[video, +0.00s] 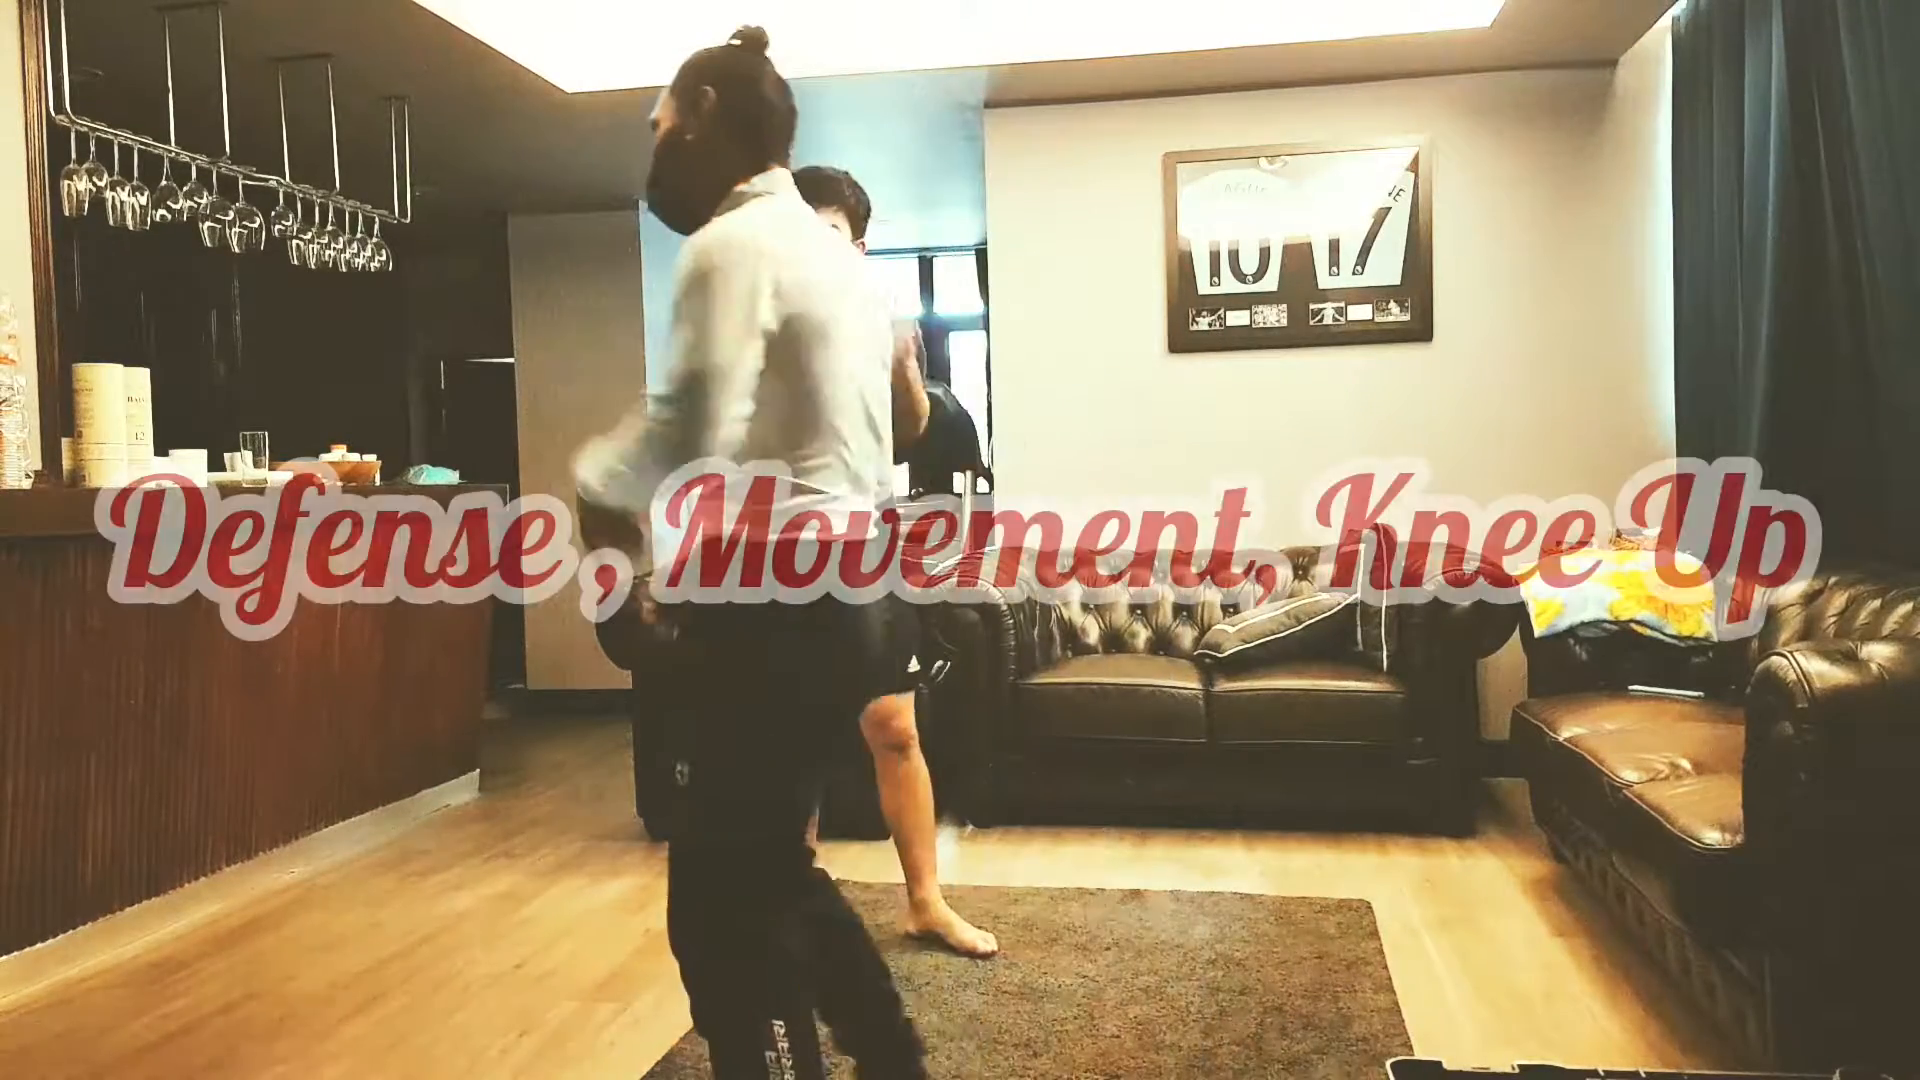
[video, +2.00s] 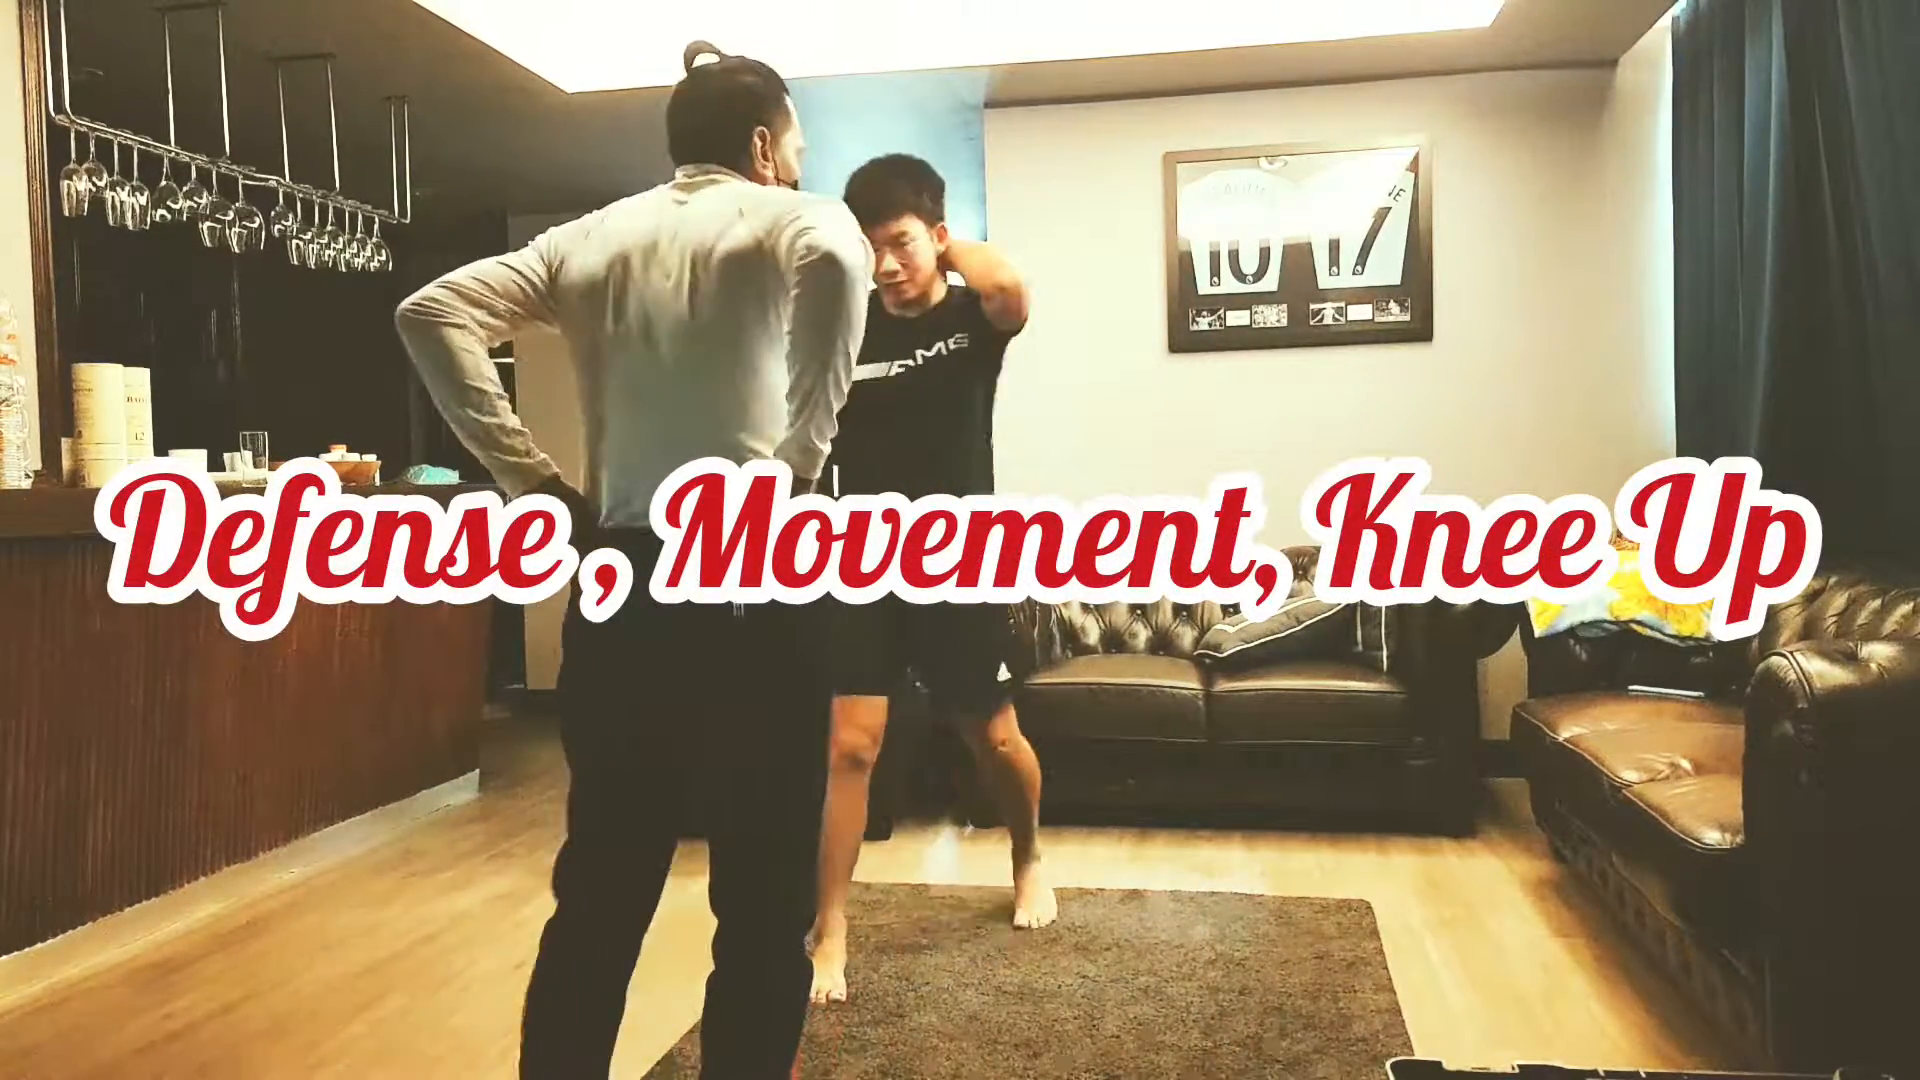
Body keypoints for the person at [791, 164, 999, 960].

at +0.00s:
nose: (822, 239)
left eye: (835, 225)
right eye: (810, 225)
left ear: (859, 229)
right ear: (792, 230)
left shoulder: (882, 318)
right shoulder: (773, 325)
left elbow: (913, 434)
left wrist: (905, 374)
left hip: (872, 540)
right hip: (785, 543)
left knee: (893, 726)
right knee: (788, 738)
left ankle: (927, 898)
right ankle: (795, 909)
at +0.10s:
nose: (815, 242)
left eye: (828, 227)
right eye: (801, 228)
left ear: (857, 238)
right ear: (783, 236)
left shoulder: (894, 336)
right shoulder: (764, 334)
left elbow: (931, 416)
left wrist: (911, 468)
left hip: (881, 562)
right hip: (787, 565)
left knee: (898, 731)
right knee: (793, 745)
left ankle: (927, 899)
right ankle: (801, 899)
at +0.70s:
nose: (854, 236)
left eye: (869, 218)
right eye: (838, 222)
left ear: (907, 225)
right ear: (824, 235)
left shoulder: (953, 341)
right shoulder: (813, 337)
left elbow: (971, 462)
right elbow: (793, 455)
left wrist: (975, 576)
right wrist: (796, 563)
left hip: (921, 564)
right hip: (827, 563)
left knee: (925, 730)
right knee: (811, 726)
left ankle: (929, 902)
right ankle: (793, 911)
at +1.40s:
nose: (834, 230)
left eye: (846, 209)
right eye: (816, 218)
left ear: (883, 211)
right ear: (800, 233)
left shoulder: (938, 319)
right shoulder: (796, 326)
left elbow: (968, 429)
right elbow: (772, 439)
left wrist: (945, 522)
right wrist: (797, 530)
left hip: (913, 560)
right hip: (821, 566)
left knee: (920, 743)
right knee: (832, 743)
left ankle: (927, 905)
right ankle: (831, 912)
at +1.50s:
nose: (826, 235)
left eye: (838, 215)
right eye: (811, 223)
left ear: (876, 213)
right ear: (797, 232)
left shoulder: (931, 317)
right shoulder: (791, 322)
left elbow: (972, 438)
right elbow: (763, 426)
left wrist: (965, 432)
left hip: (917, 556)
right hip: (819, 559)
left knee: (924, 742)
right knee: (827, 746)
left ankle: (929, 907)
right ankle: (827, 933)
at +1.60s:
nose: (824, 233)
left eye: (838, 217)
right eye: (812, 221)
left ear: (878, 217)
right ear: (801, 228)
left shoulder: (924, 302)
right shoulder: (791, 313)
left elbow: (986, 415)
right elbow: (762, 416)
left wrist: (960, 317)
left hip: (919, 538)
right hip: (822, 545)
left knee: (935, 732)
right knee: (833, 742)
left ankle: (935, 901)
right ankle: (826, 930)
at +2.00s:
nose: (888, 264)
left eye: (901, 243)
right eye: (873, 249)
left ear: (939, 235)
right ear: (856, 249)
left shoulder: (976, 313)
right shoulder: (845, 315)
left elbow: (1009, 295)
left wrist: (949, 242)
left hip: (956, 565)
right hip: (855, 565)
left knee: (998, 740)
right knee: (847, 748)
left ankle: (1027, 858)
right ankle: (828, 931)